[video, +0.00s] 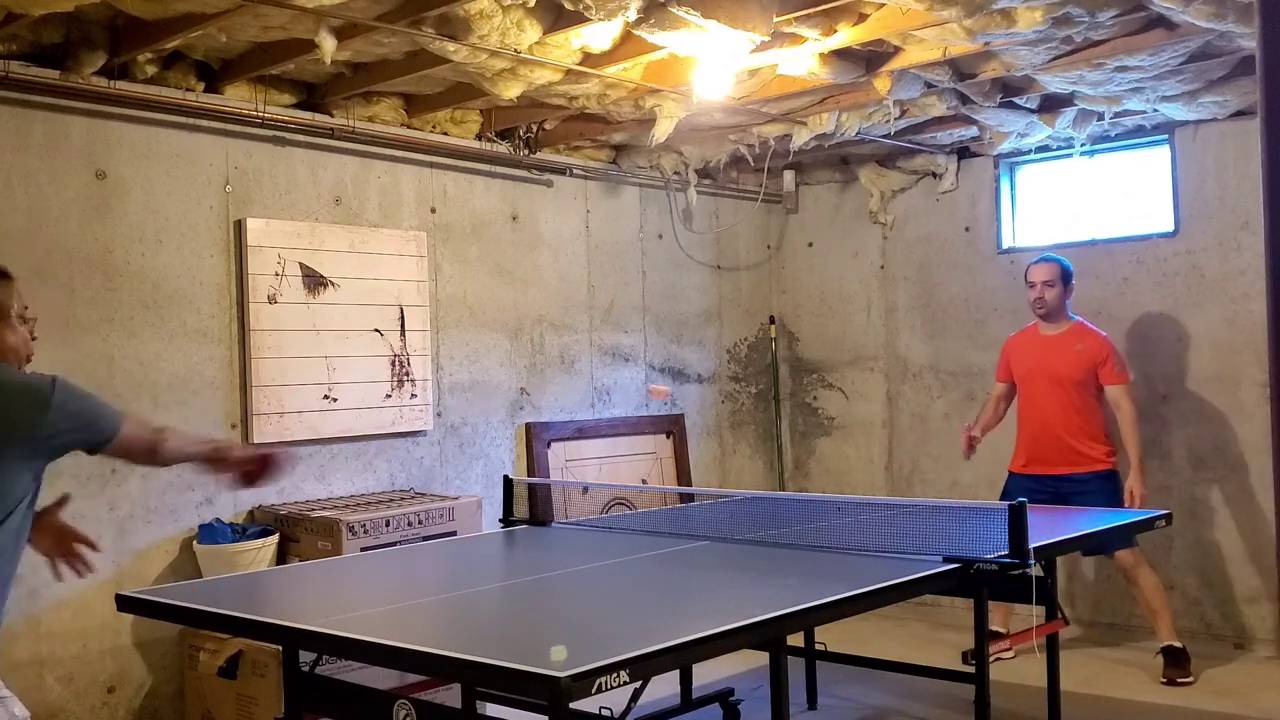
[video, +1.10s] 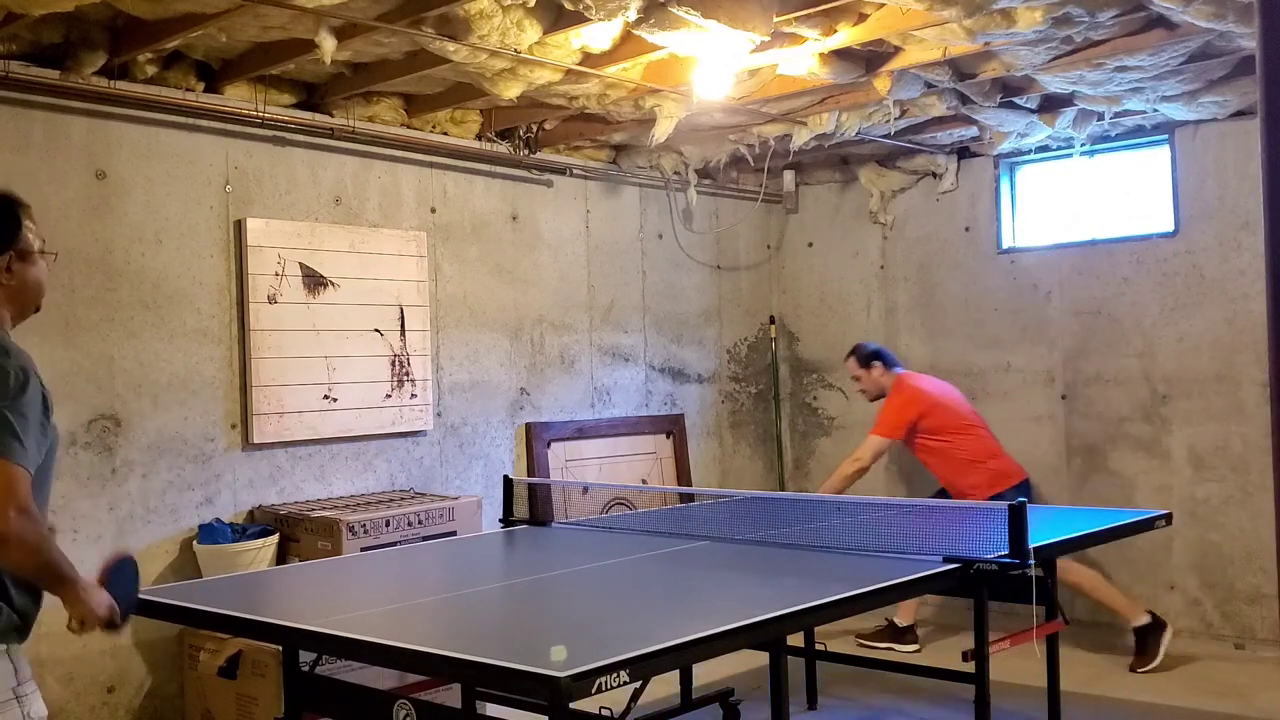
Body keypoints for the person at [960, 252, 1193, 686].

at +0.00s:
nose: (1037, 293)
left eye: (1047, 285)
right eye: (1031, 286)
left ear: (1067, 289)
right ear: (1026, 291)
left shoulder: (1096, 343)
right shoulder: (1016, 344)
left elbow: (1124, 407)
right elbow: (999, 398)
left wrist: (1135, 472)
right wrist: (978, 428)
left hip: (1090, 478)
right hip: (1028, 477)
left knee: (1127, 557)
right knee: (997, 551)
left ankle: (1171, 646)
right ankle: (998, 636)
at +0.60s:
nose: (1001, 325)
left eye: (1000, 317)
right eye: (999, 318)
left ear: (1015, 312)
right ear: (1024, 309)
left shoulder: (1074, 349)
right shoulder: (1036, 350)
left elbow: (1097, 412)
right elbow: (1039, 415)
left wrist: (1104, 469)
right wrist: (1001, 448)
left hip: (1080, 482)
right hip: (1037, 479)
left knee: (1107, 565)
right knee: (1000, 548)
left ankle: (1169, 640)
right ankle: (996, 631)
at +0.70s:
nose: (991, 330)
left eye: (990, 322)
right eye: (989, 323)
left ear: (1004, 316)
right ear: (1013, 313)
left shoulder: (1061, 352)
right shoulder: (1031, 351)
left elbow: (1068, 423)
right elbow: (1040, 421)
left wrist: (1049, 482)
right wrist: (1013, 459)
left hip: (1080, 478)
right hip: (1038, 473)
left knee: (1102, 563)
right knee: (984, 534)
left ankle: (1169, 640)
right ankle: (981, 622)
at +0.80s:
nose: (969, 337)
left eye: (968, 327)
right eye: (966, 328)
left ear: (983, 321)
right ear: (993, 318)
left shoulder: (1036, 354)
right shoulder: (1015, 354)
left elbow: (1028, 429)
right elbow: (1028, 428)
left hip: (1069, 482)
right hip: (1026, 478)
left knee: (1102, 564)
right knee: (975, 536)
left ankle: (1168, 640)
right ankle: (954, 621)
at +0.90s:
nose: (934, 347)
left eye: (934, 337)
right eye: (932, 339)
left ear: (953, 332)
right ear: (960, 330)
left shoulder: (995, 364)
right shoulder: (986, 362)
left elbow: (960, 446)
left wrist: (909, 484)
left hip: (1053, 482)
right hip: (1011, 482)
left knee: (1097, 562)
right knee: (959, 541)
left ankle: (1167, 641)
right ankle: (926, 619)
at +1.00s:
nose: (895, 365)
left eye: (897, 356)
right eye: (894, 357)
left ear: (916, 351)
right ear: (922, 349)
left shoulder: (946, 384)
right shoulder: (955, 375)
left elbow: (896, 454)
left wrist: (846, 488)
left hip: (1029, 489)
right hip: (991, 489)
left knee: (1087, 565)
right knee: (936, 544)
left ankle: (1163, 638)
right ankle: (910, 627)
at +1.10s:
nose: (857, 386)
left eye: (858, 378)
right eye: (854, 380)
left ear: (879, 368)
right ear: (883, 366)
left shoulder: (904, 394)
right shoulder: (921, 385)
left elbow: (862, 461)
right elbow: (968, 430)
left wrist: (815, 502)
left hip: (1000, 491)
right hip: (967, 489)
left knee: (1055, 564)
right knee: (916, 543)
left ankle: (1144, 623)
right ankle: (902, 625)